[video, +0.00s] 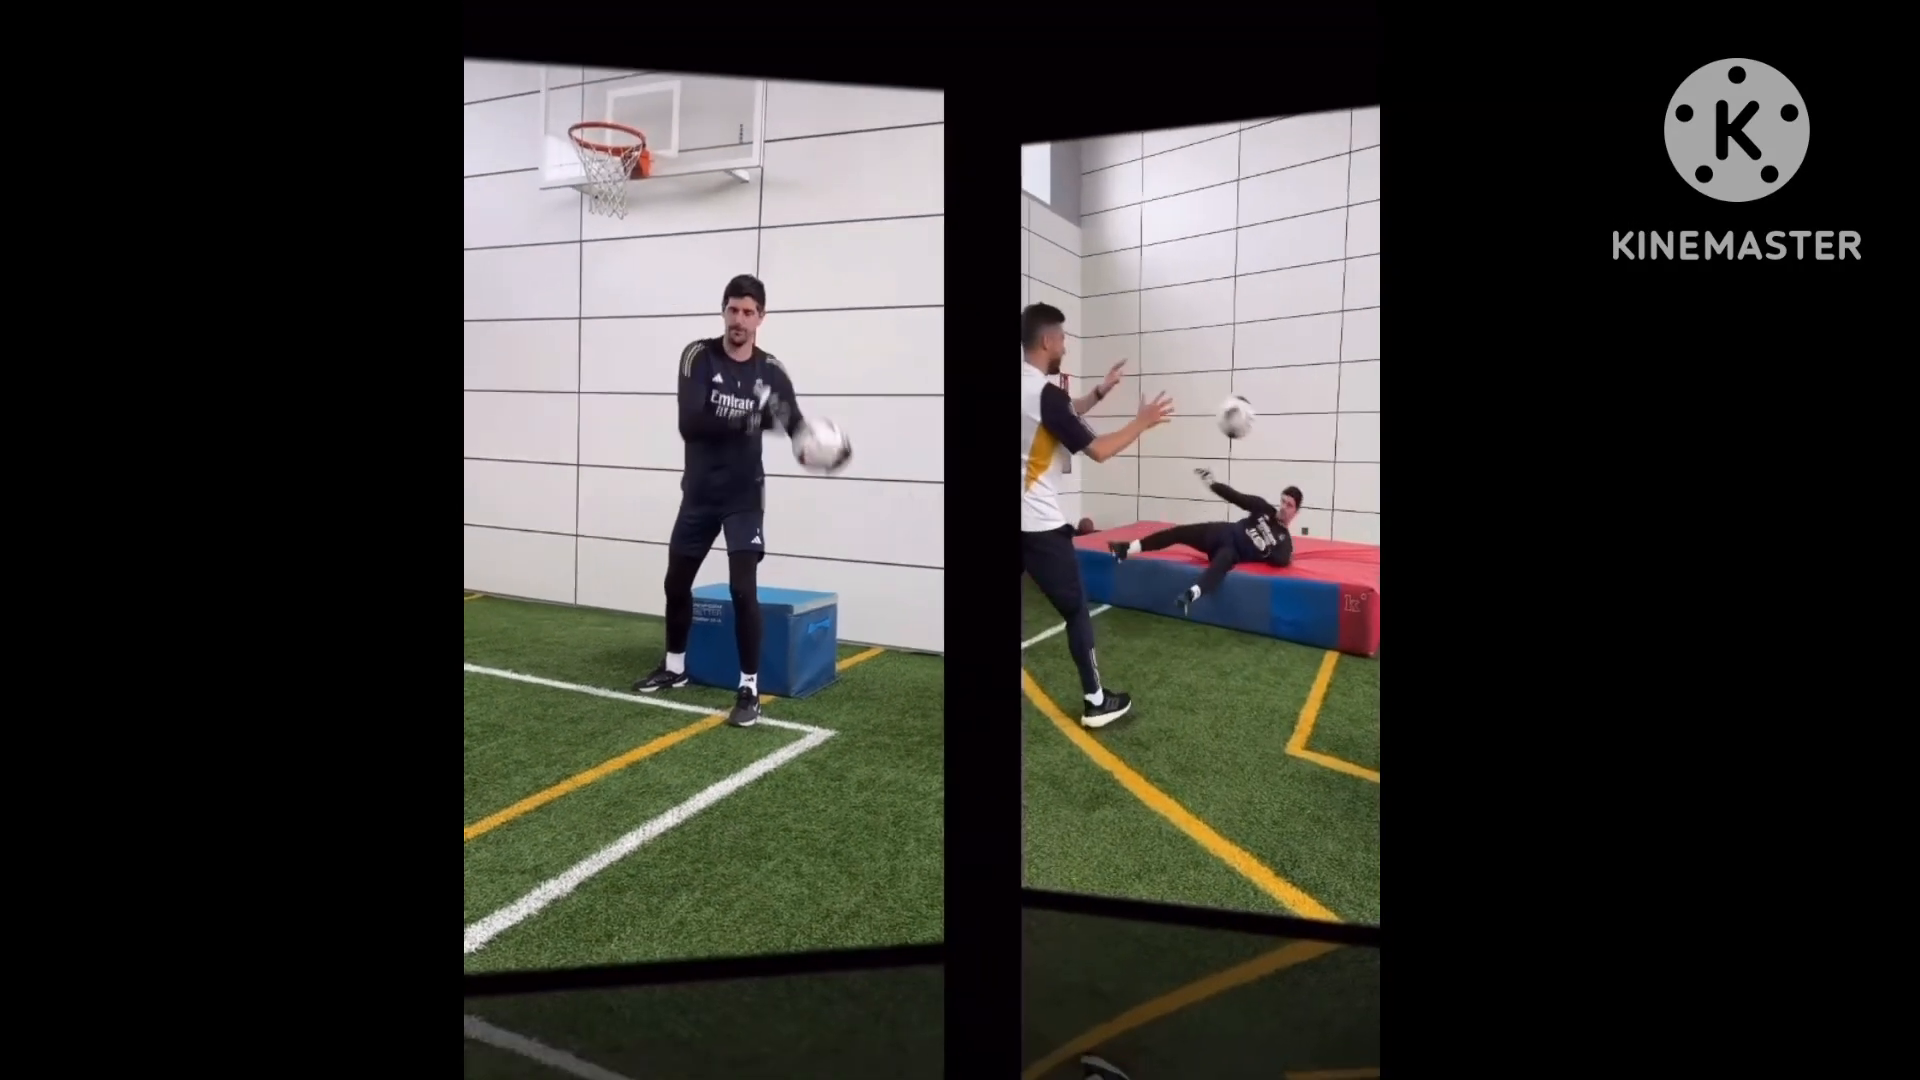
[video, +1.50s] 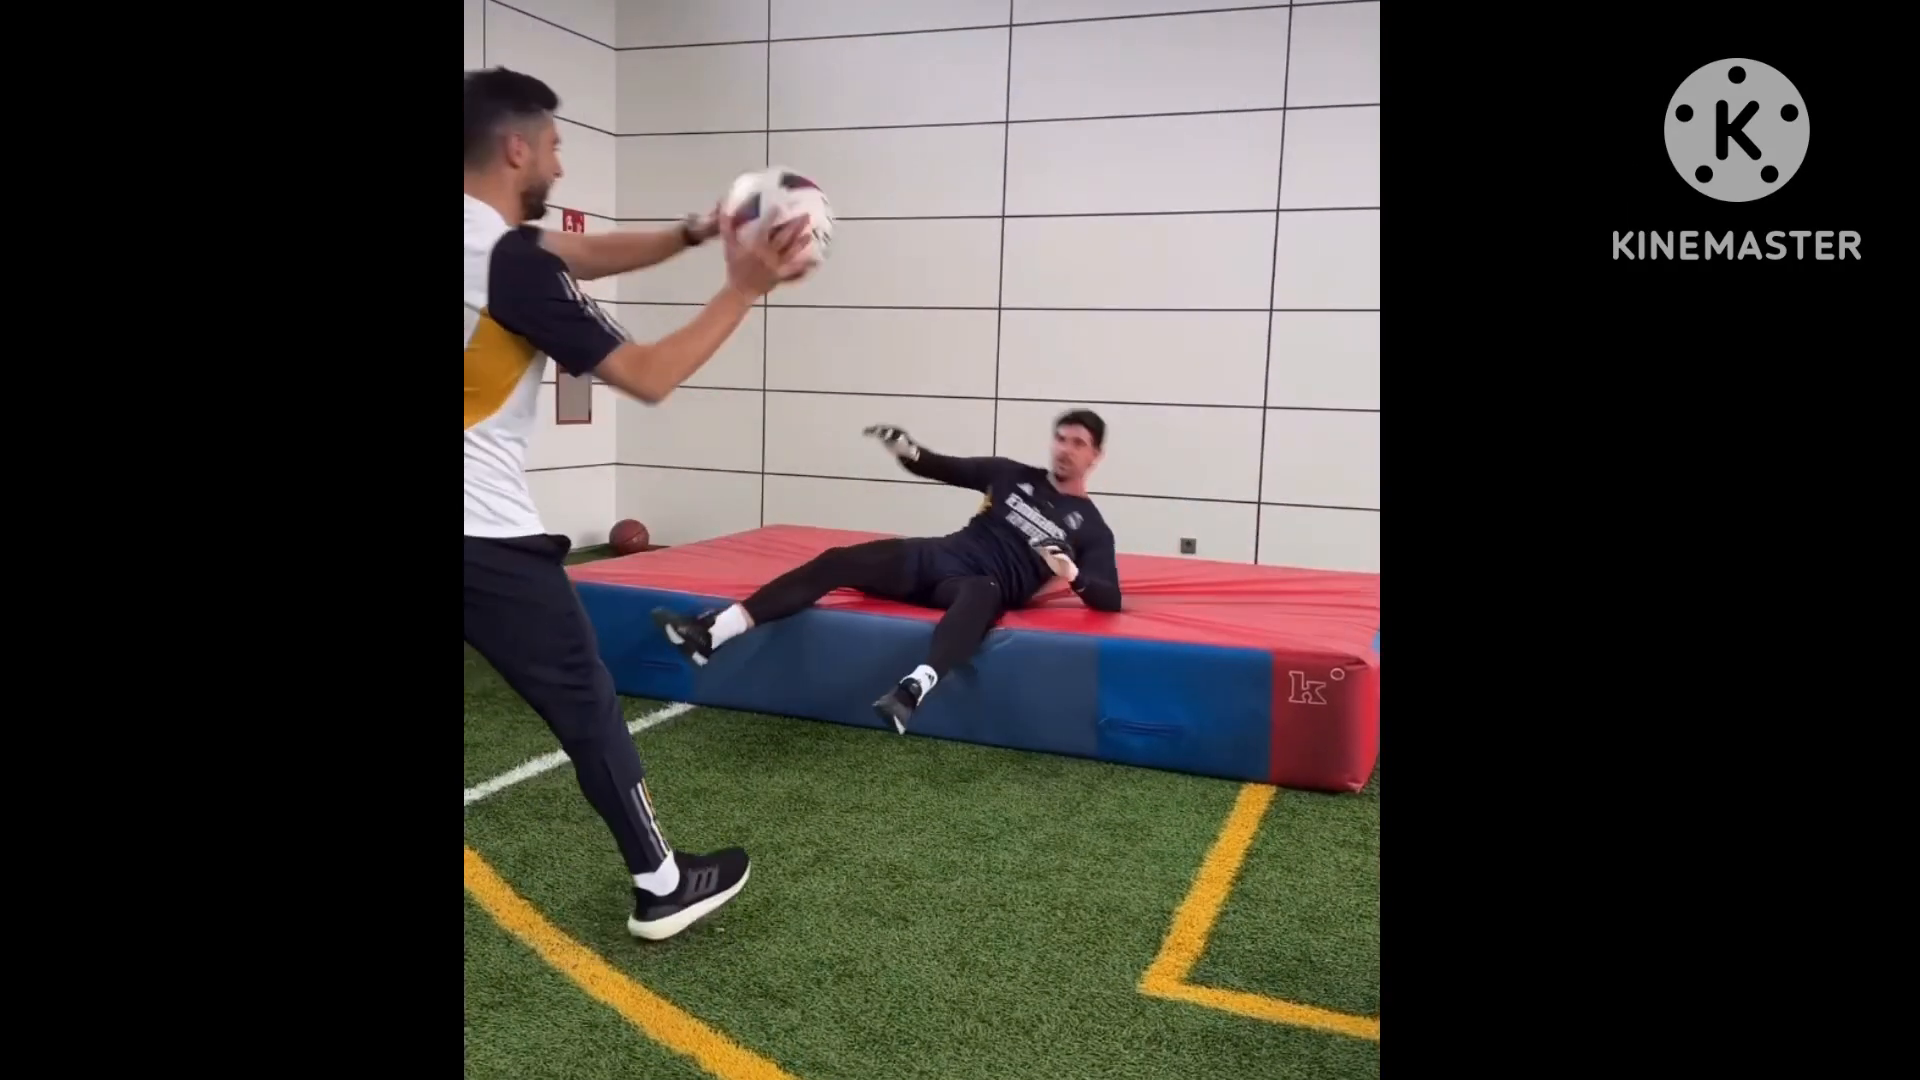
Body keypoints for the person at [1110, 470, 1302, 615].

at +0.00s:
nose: (1285, 508)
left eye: (1291, 506)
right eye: (1284, 503)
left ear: (1296, 512)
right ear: (1280, 502)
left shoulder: (1284, 541)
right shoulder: (1263, 508)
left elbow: (1280, 562)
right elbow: (1235, 496)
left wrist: (1274, 540)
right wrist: (1213, 484)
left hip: (1232, 552)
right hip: (1223, 531)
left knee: (1222, 564)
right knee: (1179, 532)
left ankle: (1190, 596)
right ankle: (1129, 549)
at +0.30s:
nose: (1196, 449)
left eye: (1203, 445)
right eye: (1194, 443)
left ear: (1213, 450)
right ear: (1189, 447)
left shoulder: (1218, 491)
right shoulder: (1174, 478)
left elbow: (1231, 546)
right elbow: (1153, 514)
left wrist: (1205, 553)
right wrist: (1135, 528)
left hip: (1181, 548)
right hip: (1154, 541)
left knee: (1173, 562)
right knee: (1102, 543)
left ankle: (1144, 624)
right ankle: (1045, 597)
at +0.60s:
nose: (1157, 451)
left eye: (1164, 448)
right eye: (1152, 444)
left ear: (1170, 457)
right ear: (1139, 446)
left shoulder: (1158, 501)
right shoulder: (1116, 467)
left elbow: (1187, 535)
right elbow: (1099, 469)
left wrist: (1205, 508)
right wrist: (1139, 464)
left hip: (1089, 555)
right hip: (1058, 542)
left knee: (1104, 556)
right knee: (996, 572)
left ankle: (1082, 622)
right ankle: (923, 640)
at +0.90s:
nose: (1161, 541)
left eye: (1174, 543)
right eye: (1162, 528)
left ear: (1170, 557)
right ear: (1141, 516)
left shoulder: (1119, 585)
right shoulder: (1103, 518)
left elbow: (1169, 587)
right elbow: (1132, 472)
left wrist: (1219, 554)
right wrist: (1201, 493)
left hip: (1001, 584)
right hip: (983, 538)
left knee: (1009, 614)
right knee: (887, 566)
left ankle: (976, 654)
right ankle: (765, 596)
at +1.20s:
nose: (1160, 527)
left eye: (1172, 533)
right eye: (1164, 518)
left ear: (1165, 550)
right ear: (1147, 512)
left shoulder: (1126, 580)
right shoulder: (1098, 512)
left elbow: (1127, 585)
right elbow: (1076, 449)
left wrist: (1145, 548)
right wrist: (1130, 440)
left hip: (1001, 575)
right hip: (986, 525)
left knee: (1014, 599)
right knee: (877, 510)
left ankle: (935, 636)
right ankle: (744, 554)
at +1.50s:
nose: (1065, 448)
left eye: (1077, 443)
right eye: (1062, 439)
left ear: (1096, 457)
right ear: (1052, 444)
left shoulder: (1093, 529)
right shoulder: (1011, 475)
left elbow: (1111, 601)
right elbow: (943, 468)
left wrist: (1077, 580)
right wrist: (909, 451)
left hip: (980, 584)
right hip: (935, 555)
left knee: (981, 595)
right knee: (835, 561)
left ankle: (916, 686)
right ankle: (715, 629)